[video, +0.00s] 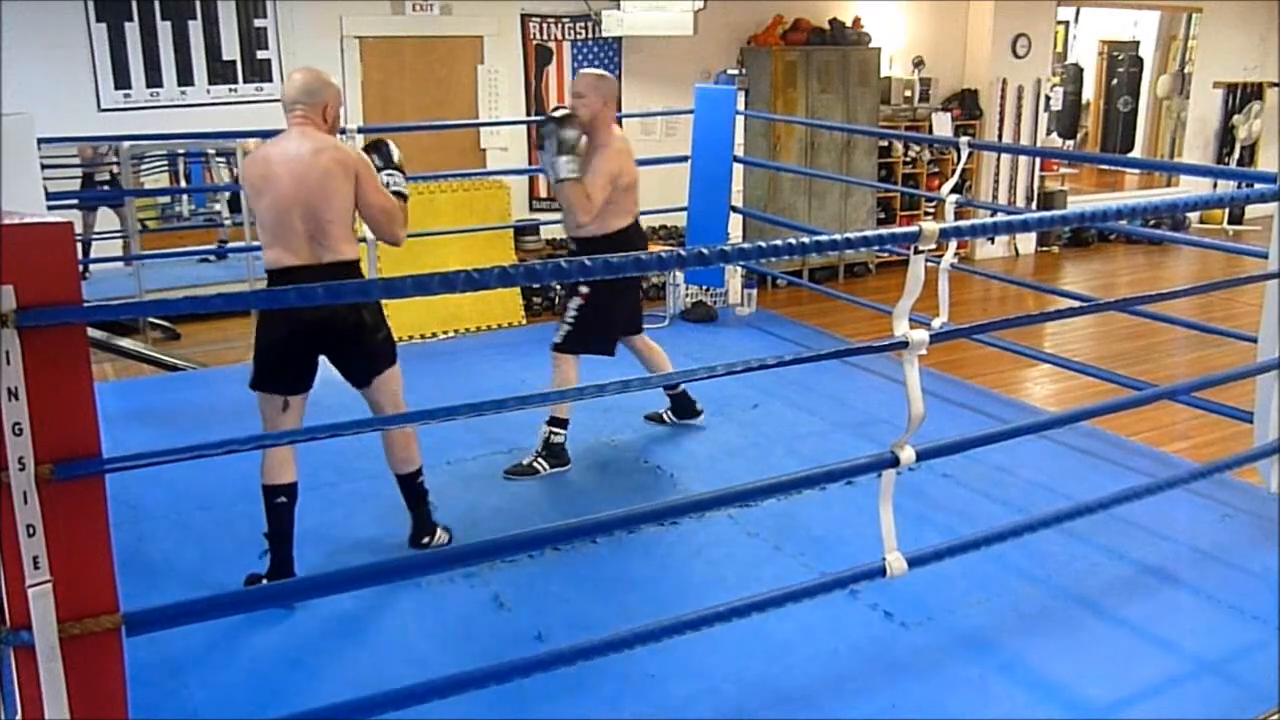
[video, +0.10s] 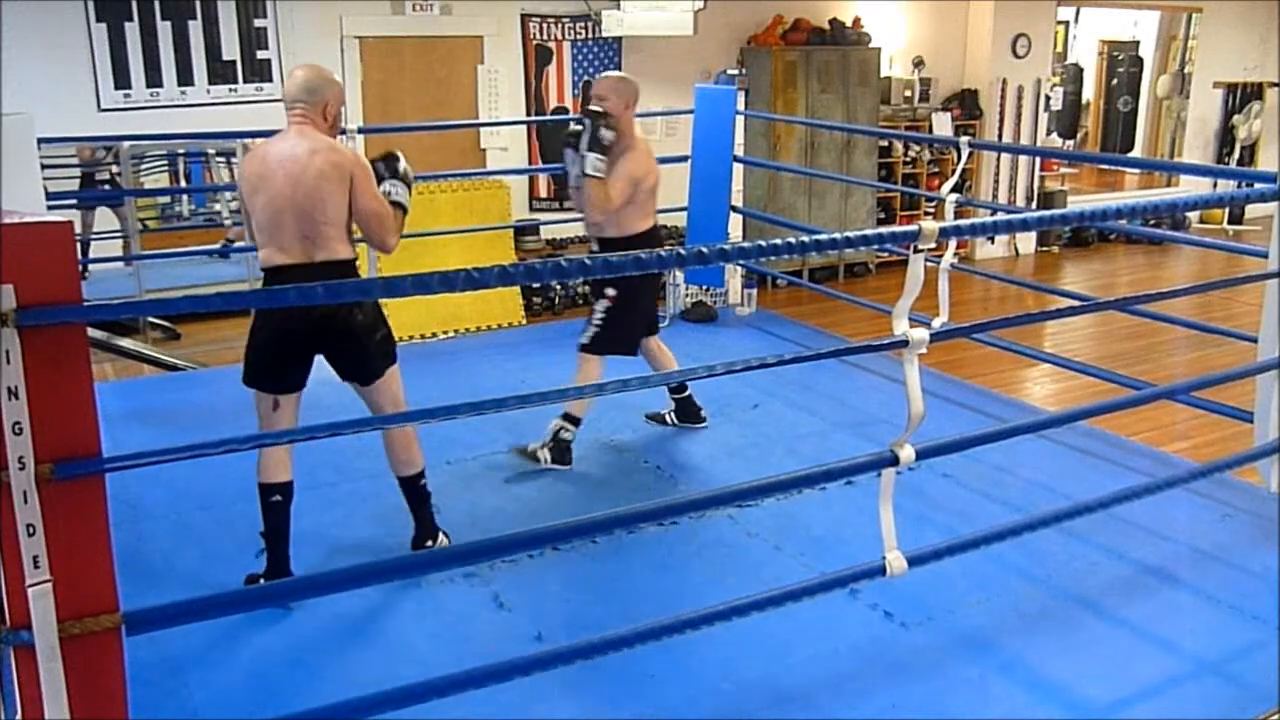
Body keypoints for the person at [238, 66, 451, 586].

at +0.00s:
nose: (341, 117)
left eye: (339, 110)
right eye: (339, 109)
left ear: (287, 110)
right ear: (329, 109)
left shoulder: (252, 161)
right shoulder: (347, 157)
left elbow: (269, 223)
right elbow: (394, 231)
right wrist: (395, 177)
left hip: (284, 312)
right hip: (349, 304)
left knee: (279, 434)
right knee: (394, 417)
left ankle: (280, 565)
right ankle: (424, 527)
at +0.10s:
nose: (342, 117)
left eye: (342, 110)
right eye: (341, 110)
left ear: (288, 108)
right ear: (329, 109)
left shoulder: (250, 161)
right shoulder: (345, 160)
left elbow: (260, 231)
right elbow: (386, 239)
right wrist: (398, 188)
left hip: (279, 312)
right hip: (347, 305)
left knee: (274, 434)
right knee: (394, 418)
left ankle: (277, 564)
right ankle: (426, 531)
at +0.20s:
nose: (350, 126)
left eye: (350, 117)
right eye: (348, 118)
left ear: (296, 117)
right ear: (332, 118)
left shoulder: (255, 172)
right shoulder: (347, 168)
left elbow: (253, 258)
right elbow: (379, 251)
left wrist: (298, 226)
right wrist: (400, 211)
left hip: (282, 320)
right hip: (349, 312)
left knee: (282, 436)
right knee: (405, 417)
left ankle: (281, 566)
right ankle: (435, 531)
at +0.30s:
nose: (364, 125)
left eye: (364, 117)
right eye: (362, 117)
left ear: (310, 116)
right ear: (347, 118)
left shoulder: (269, 171)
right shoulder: (363, 170)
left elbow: (264, 256)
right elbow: (386, 250)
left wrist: (312, 230)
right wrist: (411, 220)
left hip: (300, 319)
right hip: (364, 310)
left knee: (293, 436)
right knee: (420, 417)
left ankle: (282, 566)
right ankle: (456, 528)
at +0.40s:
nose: (384, 128)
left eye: (383, 120)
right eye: (382, 120)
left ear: (334, 120)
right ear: (367, 121)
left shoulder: (296, 172)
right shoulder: (387, 173)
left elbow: (302, 239)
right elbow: (424, 250)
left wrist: (372, 214)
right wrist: (434, 212)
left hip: (321, 314)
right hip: (386, 309)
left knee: (307, 434)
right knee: (440, 416)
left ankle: (285, 565)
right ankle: (476, 527)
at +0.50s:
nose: (411, 133)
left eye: (411, 127)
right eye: (410, 127)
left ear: (359, 124)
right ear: (397, 128)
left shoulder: (326, 174)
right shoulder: (407, 174)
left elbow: (368, 220)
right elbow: (462, 241)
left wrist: (418, 176)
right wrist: (455, 181)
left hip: (345, 318)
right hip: (406, 314)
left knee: (320, 432)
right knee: (453, 418)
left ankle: (292, 560)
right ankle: (476, 529)